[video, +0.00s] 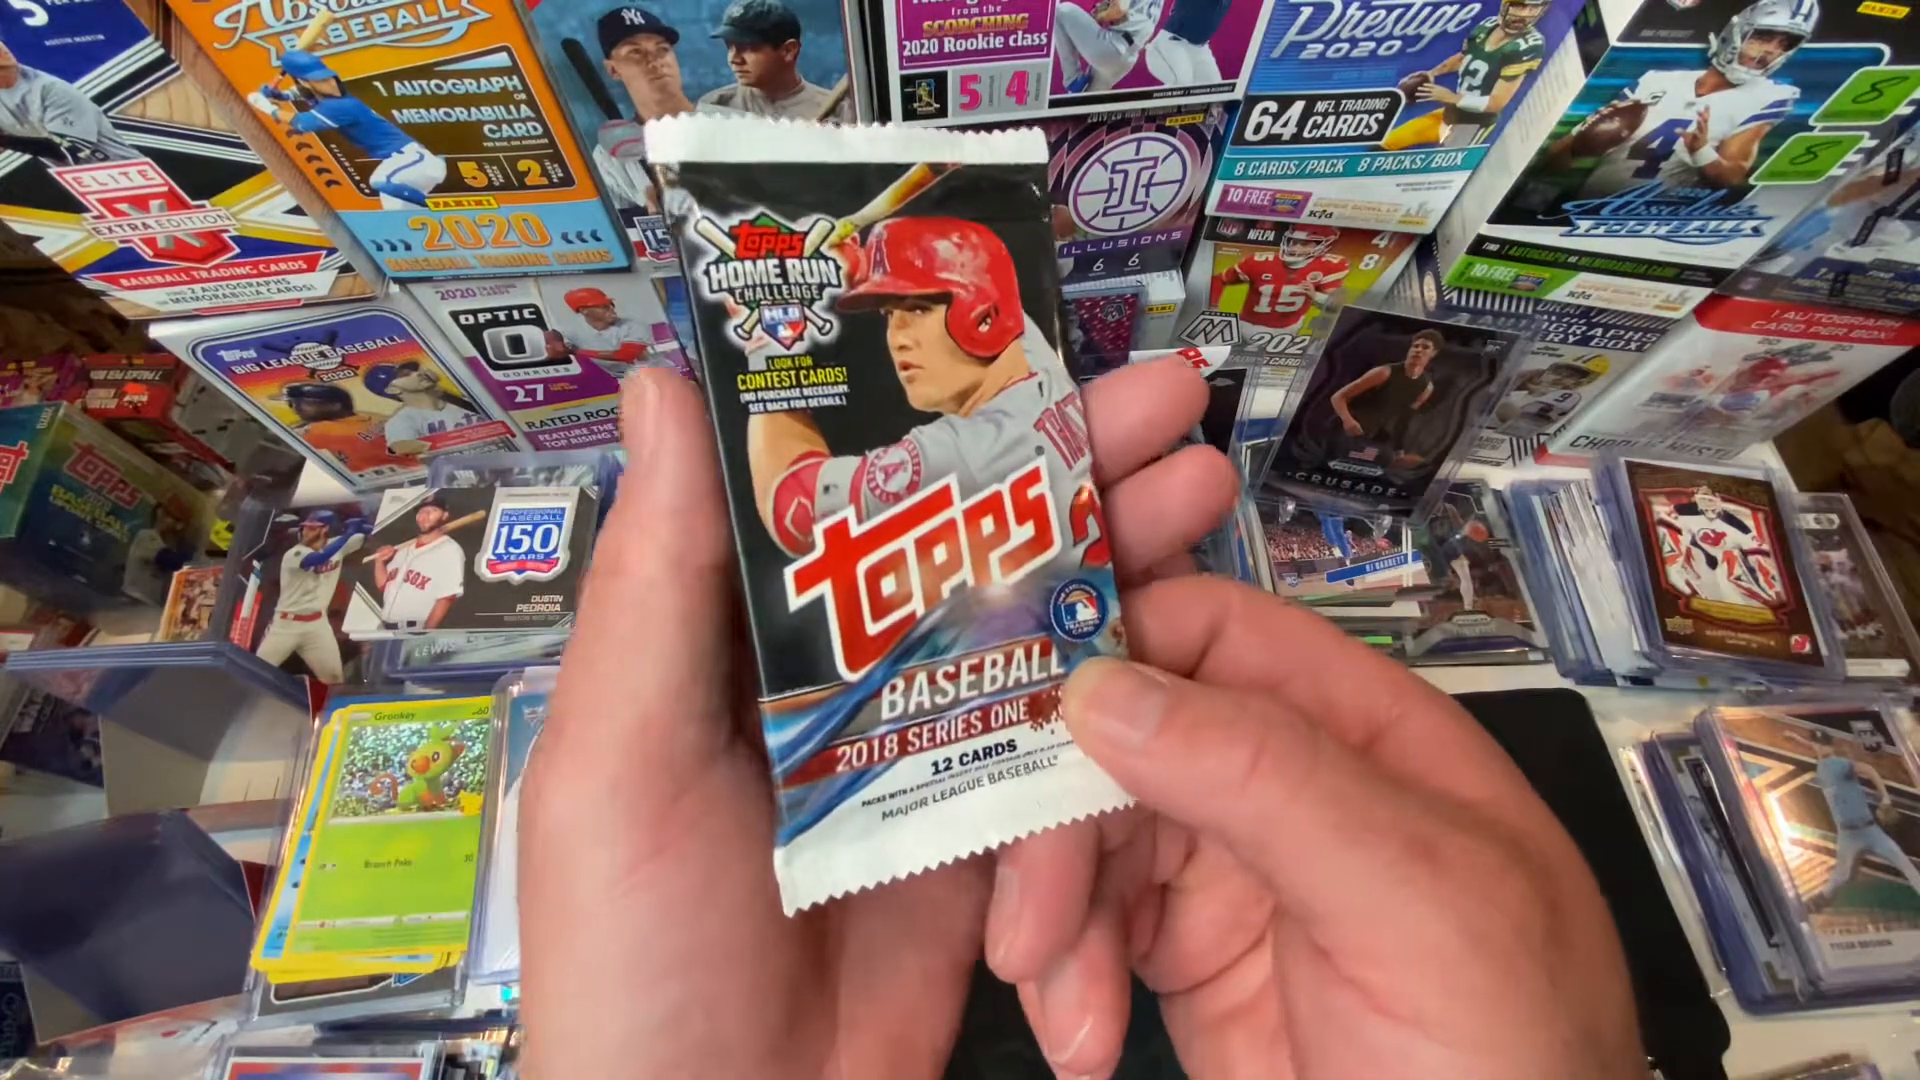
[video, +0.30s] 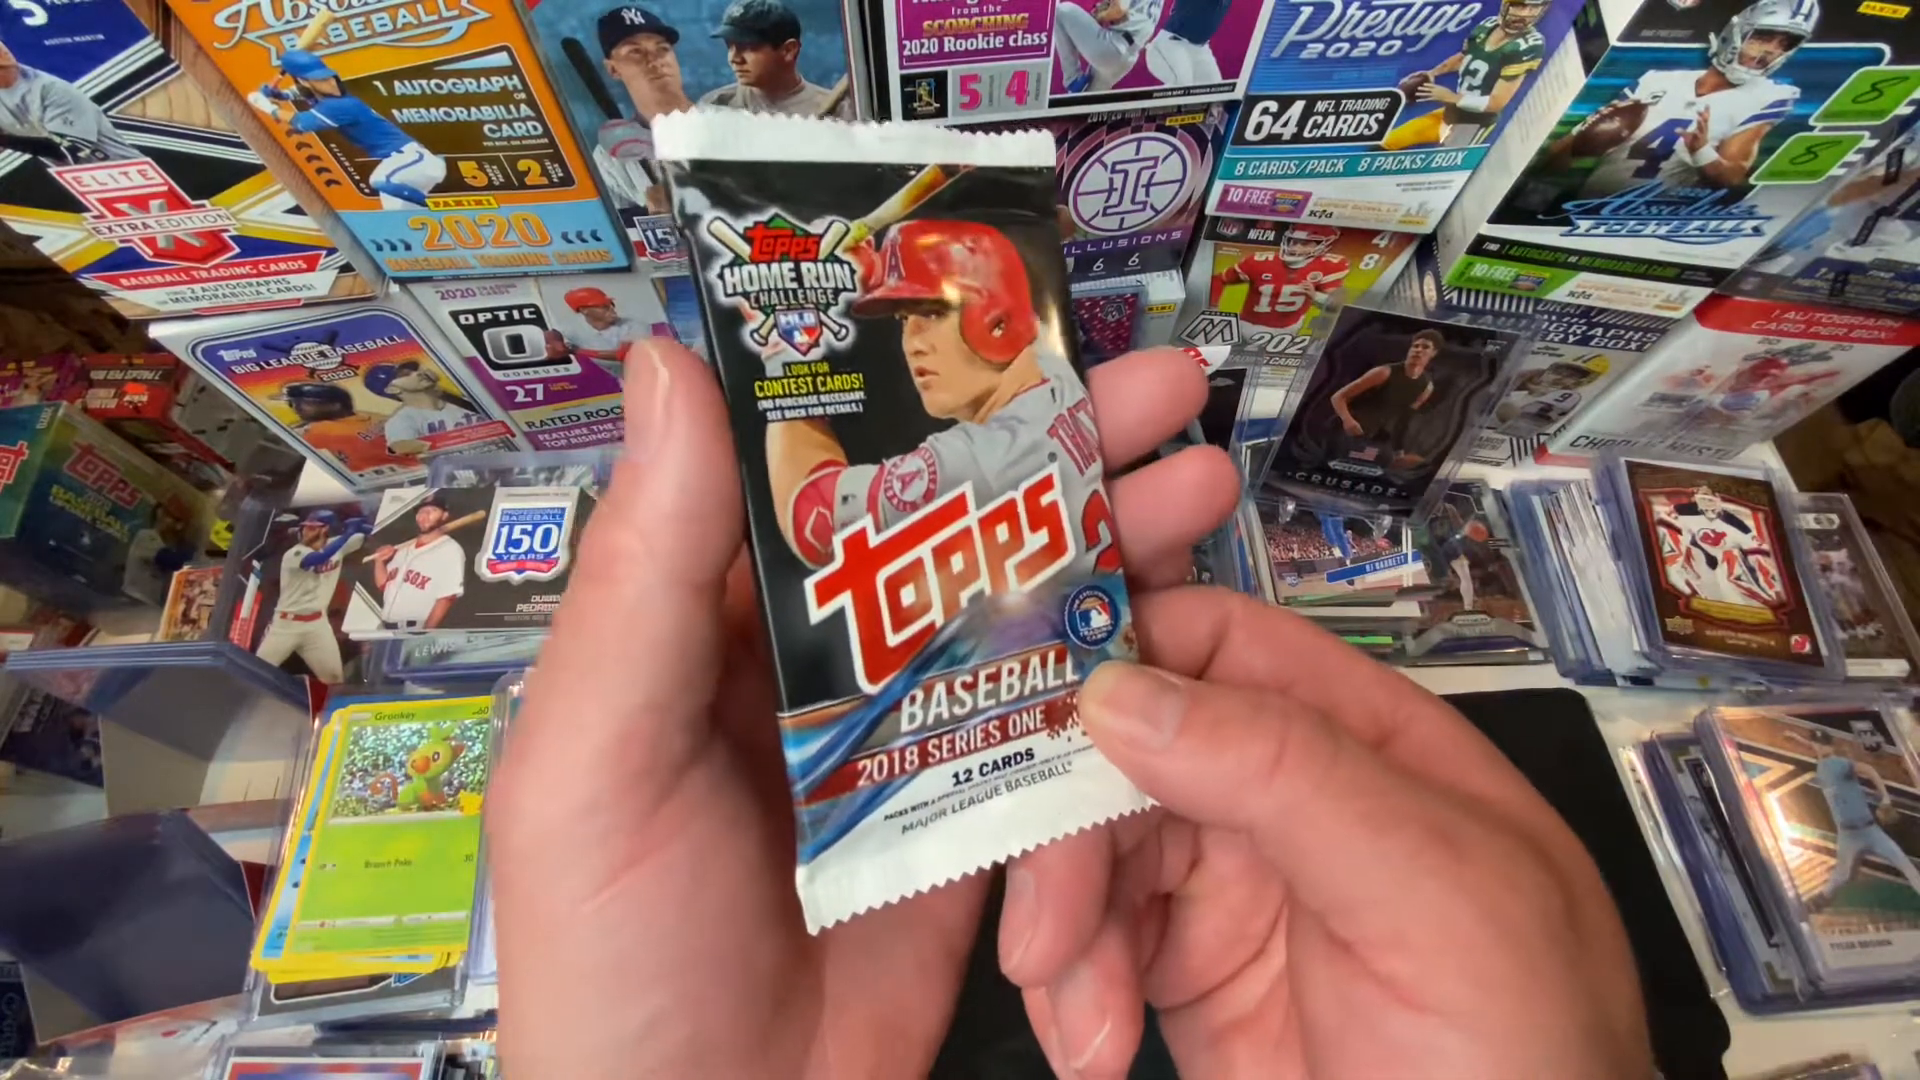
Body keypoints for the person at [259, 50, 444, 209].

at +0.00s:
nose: (330, 80)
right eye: (323, 78)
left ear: (309, 83)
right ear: (307, 84)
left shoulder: (344, 107)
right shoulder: (332, 103)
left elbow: (300, 122)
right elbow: (302, 92)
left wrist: (270, 110)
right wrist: (277, 95)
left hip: (414, 158)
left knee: (380, 179)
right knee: (399, 223)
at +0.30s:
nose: (330, 80)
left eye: (328, 77)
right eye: (323, 78)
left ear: (309, 83)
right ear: (306, 83)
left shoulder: (343, 106)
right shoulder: (331, 102)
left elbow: (300, 122)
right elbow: (300, 92)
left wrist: (271, 109)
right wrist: (276, 94)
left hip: (414, 158)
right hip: (405, 165)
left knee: (381, 179)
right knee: (398, 222)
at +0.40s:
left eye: (301, 82)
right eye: (321, 79)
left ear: (308, 83)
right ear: (310, 82)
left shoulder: (343, 106)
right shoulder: (333, 102)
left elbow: (299, 123)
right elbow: (302, 93)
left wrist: (271, 109)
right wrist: (278, 95)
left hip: (415, 158)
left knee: (381, 179)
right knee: (398, 221)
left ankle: (434, 216)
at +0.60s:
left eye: (301, 82)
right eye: (321, 78)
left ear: (308, 83)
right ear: (308, 83)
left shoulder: (343, 106)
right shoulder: (332, 102)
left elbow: (299, 123)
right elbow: (301, 93)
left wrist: (270, 109)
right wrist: (277, 95)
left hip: (415, 158)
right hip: (405, 166)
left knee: (381, 179)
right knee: (397, 223)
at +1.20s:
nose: (331, 80)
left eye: (329, 76)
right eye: (323, 78)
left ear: (308, 82)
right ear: (306, 83)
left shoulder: (344, 106)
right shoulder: (331, 105)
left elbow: (300, 122)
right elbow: (299, 92)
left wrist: (270, 108)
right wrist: (275, 94)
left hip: (415, 159)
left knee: (381, 179)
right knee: (400, 223)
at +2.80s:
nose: (329, 81)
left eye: (327, 76)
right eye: (321, 78)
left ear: (309, 83)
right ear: (305, 84)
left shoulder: (345, 106)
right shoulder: (330, 103)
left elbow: (301, 123)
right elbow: (299, 93)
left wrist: (271, 110)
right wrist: (275, 94)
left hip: (416, 159)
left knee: (381, 179)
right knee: (397, 223)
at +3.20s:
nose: (330, 81)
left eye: (327, 76)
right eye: (321, 78)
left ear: (309, 83)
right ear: (307, 83)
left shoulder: (344, 105)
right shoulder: (329, 103)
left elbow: (301, 123)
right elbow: (301, 92)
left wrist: (271, 109)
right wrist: (277, 94)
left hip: (415, 158)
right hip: (402, 167)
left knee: (381, 179)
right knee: (396, 223)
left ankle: (434, 213)